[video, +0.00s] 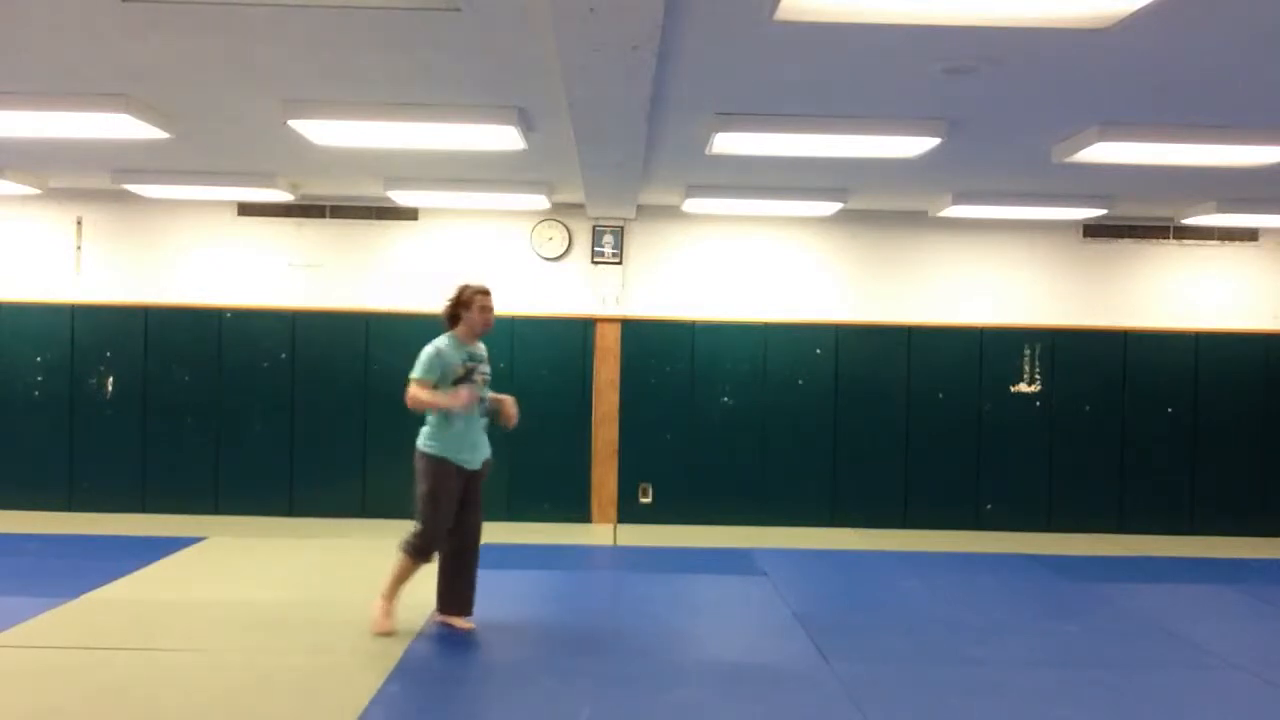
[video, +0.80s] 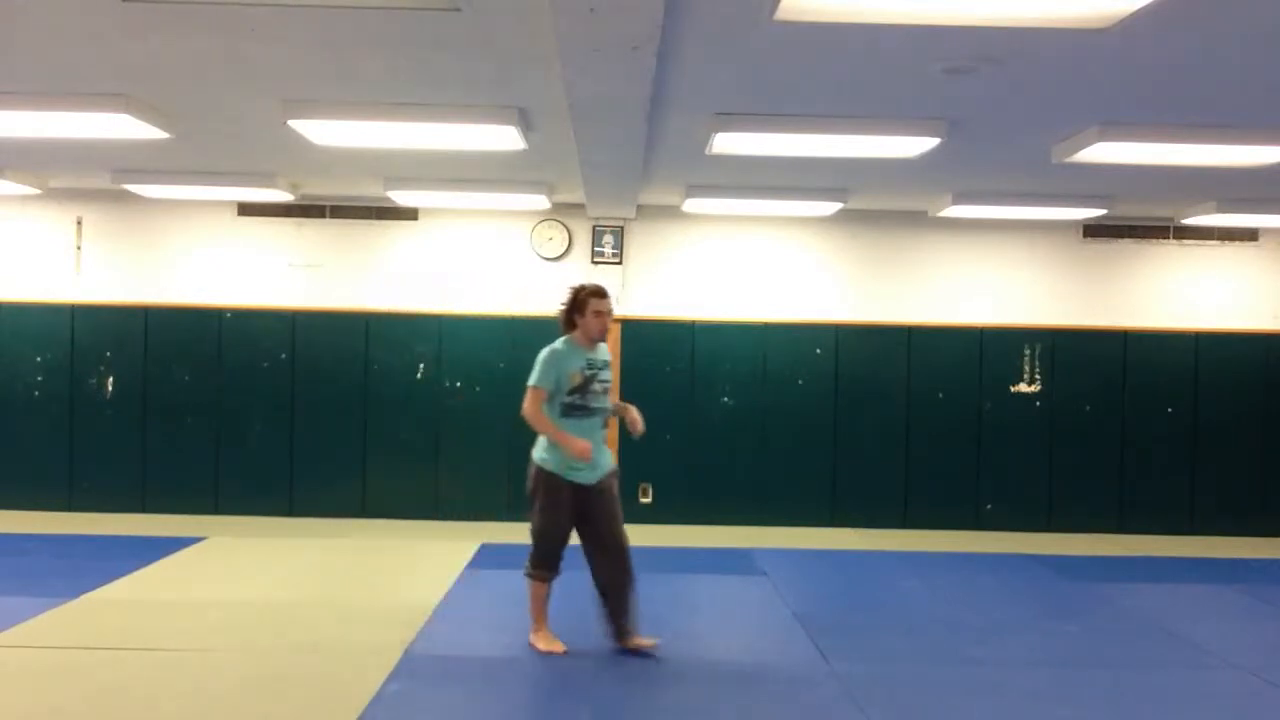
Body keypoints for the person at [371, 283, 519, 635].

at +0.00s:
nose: (490, 316)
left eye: (491, 310)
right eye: (483, 310)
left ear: (487, 314)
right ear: (463, 312)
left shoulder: (480, 352)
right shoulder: (437, 350)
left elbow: (470, 396)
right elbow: (414, 396)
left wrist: (499, 402)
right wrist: (450, 399)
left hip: (472, 455)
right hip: (438, 454)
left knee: (464, 536)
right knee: (432, 533)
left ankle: (451, 609)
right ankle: (387, 598)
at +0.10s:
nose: (506, 319)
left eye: (507, 312)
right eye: (499, 312)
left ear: (502, 317)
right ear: (479, 314)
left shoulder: (493, 354)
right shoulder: (450, 354)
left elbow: (484, 399)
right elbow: (432, 405)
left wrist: (518, 399)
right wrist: (442, 449)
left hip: (482, 459)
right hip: (454, 457)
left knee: (471, 537)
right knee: (458, 535)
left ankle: (455, 612)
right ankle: (431, 612)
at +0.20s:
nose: (518, 322)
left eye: (520, 315)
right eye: (511, 315)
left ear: (516, 320)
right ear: (491, 318)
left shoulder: (507, 356)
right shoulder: (465, 357)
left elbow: (500, 398)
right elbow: (442, 409)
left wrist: (531, 401)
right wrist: (429, 460)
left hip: (490, 457)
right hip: (463, 455)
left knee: (465, 532)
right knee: (482, 532)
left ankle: (447, 608)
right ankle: (483, 622)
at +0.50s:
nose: (560, 321)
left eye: (562, 314)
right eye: (552, 315)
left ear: (562, 318)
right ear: (532, 319)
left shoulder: (560, 353)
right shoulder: (508, 359)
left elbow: (555, 393)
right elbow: (480, 412)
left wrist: (570, 410)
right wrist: (472, 467)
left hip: (546, 462)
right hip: (512, 462)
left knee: (526, 540)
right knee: (522, 544)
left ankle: (476, 594)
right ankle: (538, 630)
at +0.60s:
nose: (574, 319)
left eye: (576, 312)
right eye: (566, 312)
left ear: (577, 316)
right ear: (545, 317)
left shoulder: (574, 350)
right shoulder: (523, 355)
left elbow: (572, 392)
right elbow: (498, 410)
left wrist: (586, 408)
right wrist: (506, 461)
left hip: (564, 464)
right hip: (527, 464)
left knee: (562, 542)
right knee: (531, 546)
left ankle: (515, 589)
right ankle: (538, 630)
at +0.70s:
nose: (588, 318)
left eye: (591, 311)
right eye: (580, 311)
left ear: (593, 315)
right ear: (560, 315)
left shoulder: (589, 352)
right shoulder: (538, 353)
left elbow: (574, 402)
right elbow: (514, 409)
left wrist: (602, 408)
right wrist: (542, 447)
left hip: (580, 467)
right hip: (539, 469)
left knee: (591, 542)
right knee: (538, 549)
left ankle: (565, 614)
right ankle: (538, 629)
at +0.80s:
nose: (606, 321)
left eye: (608, 315)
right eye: (598, 314)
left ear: (608, 318)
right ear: (577, 317)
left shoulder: (603, 357)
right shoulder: (554, 355)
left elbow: (595, 402)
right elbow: (531, 409)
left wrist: (625, 409)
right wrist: (566, 440)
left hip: (597, 470)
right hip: (554, 470)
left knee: (613, 549)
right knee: (547, 550)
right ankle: (539, 629)